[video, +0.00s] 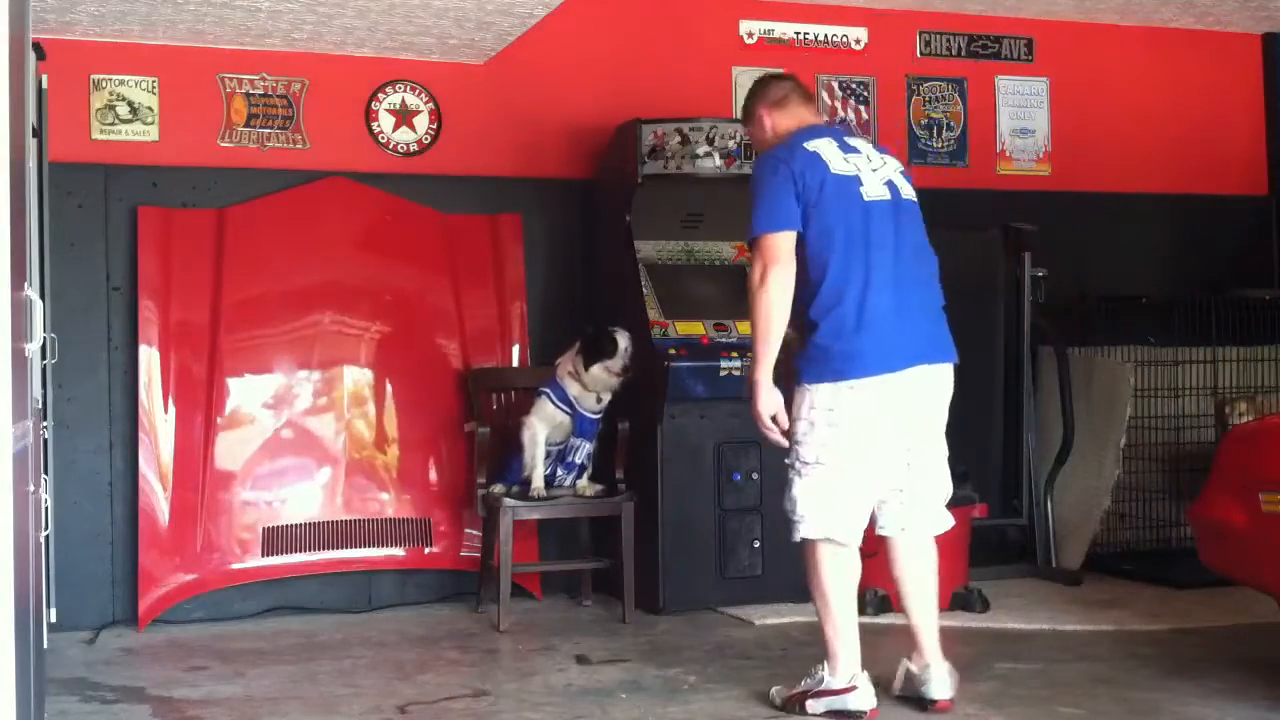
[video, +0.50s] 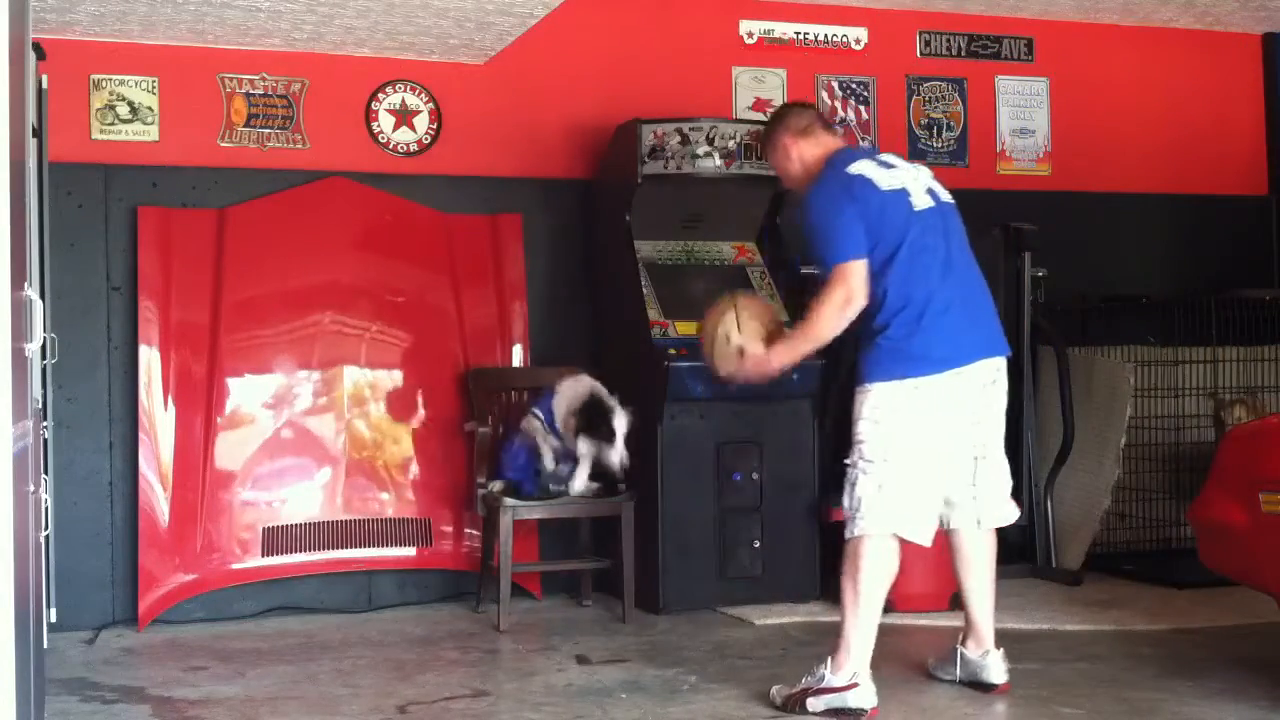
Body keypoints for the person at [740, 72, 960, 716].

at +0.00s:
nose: (753, 148)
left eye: (750, 137)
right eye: (748, 139)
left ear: (764, 118)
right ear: (817, 111)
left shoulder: (782, 159)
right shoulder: (880, 157)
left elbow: (775, 269)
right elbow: (898, 262)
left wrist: (762, 374)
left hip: (847, 367)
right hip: (928, 358)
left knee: (827, 520)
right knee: (912, 514)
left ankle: (843, 675)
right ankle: (931, 663)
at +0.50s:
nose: (783, 181)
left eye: (778, 167)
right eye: (777, 170)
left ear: (795, 144)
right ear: (827, 134)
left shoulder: (830, 189)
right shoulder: (903, 166)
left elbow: (848, 294)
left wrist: (776, 356)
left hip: (907, 368)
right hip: (983, 356)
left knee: (873, 518)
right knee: (972, 508)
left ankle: (848, 671)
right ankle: (981, 650)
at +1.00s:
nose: (814, 162)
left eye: (812, 147)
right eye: (809, 152)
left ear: (838, 125)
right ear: (852, 119)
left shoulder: (892, 161)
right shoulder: (924, 163)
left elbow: (916, 254)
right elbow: (917, 294)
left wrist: (819, 280)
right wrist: (841, 323)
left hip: (931, 361)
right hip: (985, 354)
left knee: (892, 506)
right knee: (973, 504)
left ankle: (903, 662)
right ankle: (982, 649)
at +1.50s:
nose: (778, 199)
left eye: (773, 184)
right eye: (769, 191)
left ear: (798, 147)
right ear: (804, 142)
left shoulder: (852, 180)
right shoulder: (887, 161)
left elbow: (851, 288)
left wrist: (755, 330)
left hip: (920, 363)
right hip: (974, 351)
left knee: (883, 512)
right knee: (962, 509)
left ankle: (904, 664)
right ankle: (982, 648)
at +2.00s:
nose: (804, 177)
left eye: (802, 159)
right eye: (796, 169)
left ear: (832, 123)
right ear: (836, 124)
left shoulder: (883, 164)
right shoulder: (882, 162)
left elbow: (938, 245)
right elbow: (885, 255)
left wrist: (953, 355)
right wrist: (819, 265)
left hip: (923, 363)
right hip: (940, 358)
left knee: (902, 507)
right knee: (945, 497)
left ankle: (906, 664)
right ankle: (999, 618)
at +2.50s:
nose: (857, 216)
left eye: (857, 201)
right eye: (849, 208)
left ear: (883, 169)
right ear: (878, 175)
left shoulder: (957, 202)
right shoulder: (902, 219)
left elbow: (1000, 305)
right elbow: (928, 310)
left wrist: (973, 406)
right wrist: (924, 391)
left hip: (1028, 360)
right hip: (974, 365)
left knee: (1011, 494)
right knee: (970, 497)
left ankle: (1066, 640)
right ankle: (1010, 632)